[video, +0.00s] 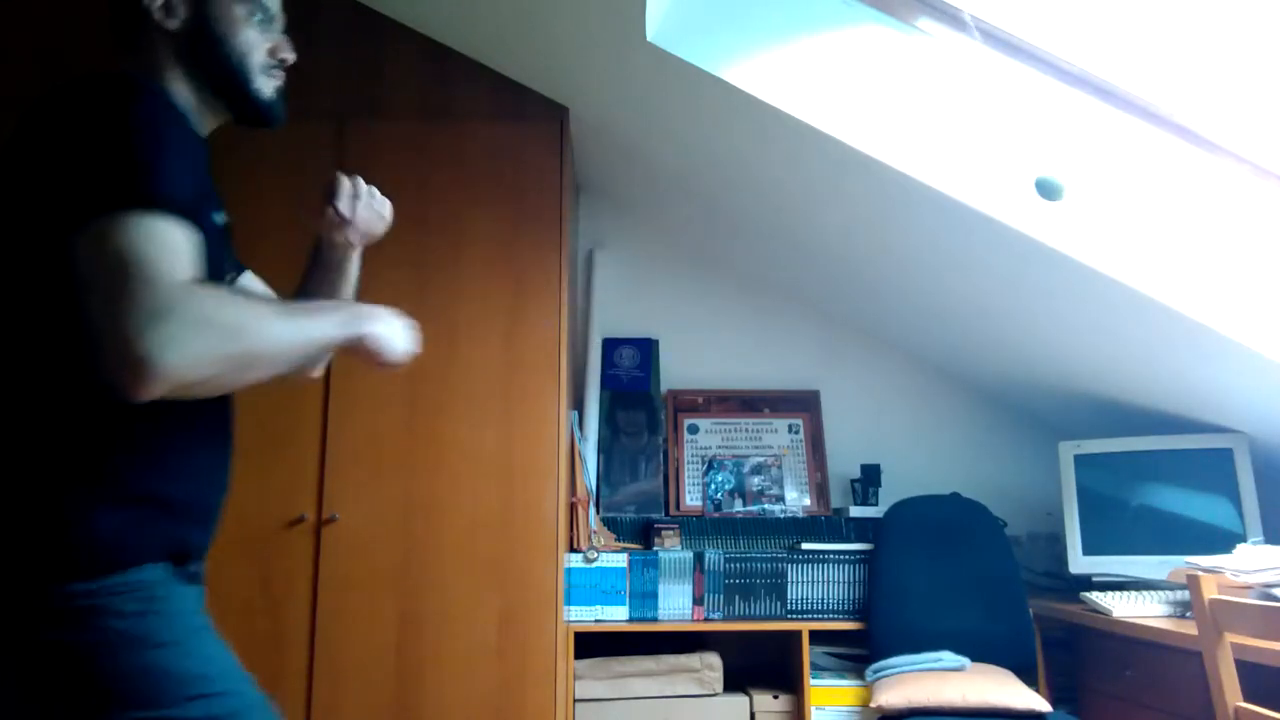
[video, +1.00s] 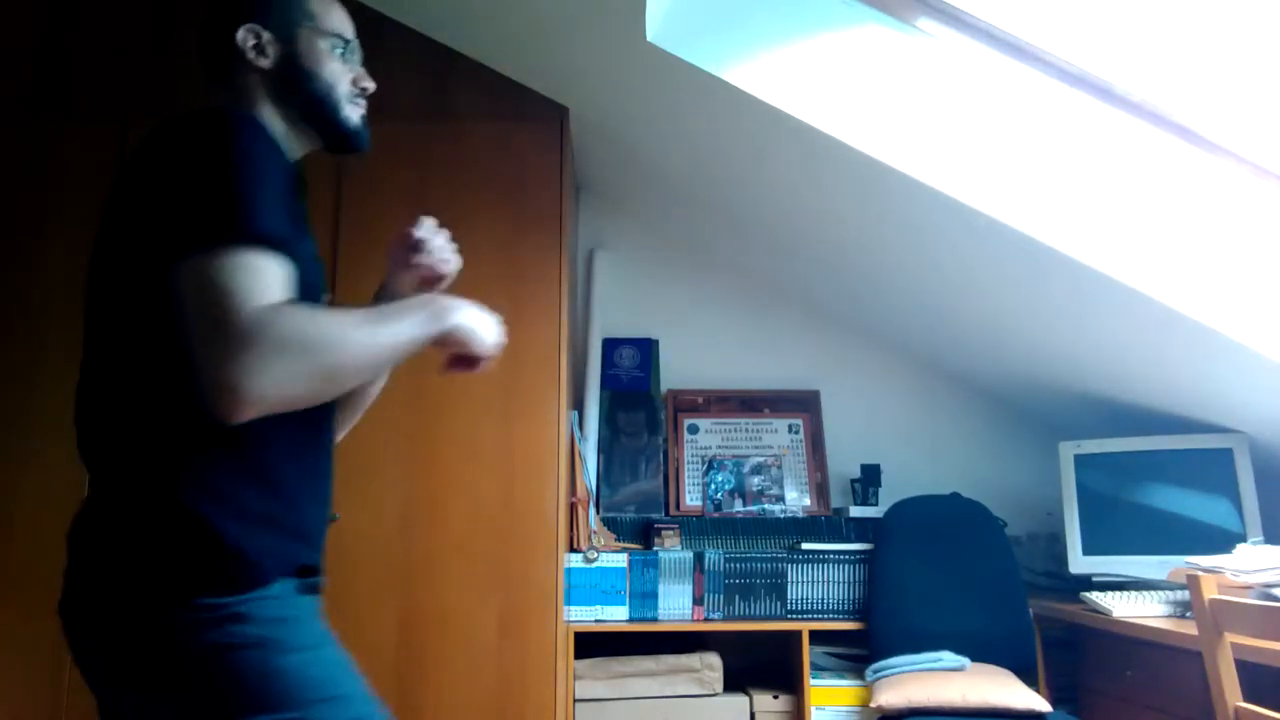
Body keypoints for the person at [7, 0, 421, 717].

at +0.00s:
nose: (287, 50)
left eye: (283, 26)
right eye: (260, 17)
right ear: (171, 10)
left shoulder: (165, 146)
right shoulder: (132, 123)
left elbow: (299, 353)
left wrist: (340, 246)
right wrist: (355, 319)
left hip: (138, 574)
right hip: (105, 579)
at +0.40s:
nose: (277, 59)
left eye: (272, 38)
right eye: (246, 25)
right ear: (153, 20)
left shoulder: (212, 211)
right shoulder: (85, 151)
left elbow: (373, 368)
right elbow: (123, 366)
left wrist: (368, 223)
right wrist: (311, 247)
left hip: (216, 615)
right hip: (147, 621)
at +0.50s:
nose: (312, 58)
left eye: (304, 34)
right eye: (281, 25)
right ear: (190, 19)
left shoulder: (221, 177)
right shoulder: (151, 150)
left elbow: (376, 376)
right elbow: (270, 349)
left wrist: (380, 232)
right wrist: (431, 239)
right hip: (210, 610)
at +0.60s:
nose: (357, 47)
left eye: (350, 24)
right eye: (331, 17)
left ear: (241, 25)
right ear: (245, 16)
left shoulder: (179, 126)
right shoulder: (262, 104)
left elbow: (335, 392)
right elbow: (479, 272)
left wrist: (386, 238)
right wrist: (631, 208)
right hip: (261, 595)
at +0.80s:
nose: (402, 74)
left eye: (395, 47)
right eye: (380, 37)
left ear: (294, 33)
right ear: (298, 26)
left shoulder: (162, 160)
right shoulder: (324, 125)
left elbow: (314, 352)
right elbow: (482, 299)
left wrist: (419, 254)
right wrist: (619, 269)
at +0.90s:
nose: (389, 75)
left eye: (380, 52)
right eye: (362, 43)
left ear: (283, 42)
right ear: (280, 38)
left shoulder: (186, 160)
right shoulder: (290, 133)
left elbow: (250, 356)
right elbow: (351, 340)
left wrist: (399, 288)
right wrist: (520, 301)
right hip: (274, 604)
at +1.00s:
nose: (366, 77)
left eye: (359, 55)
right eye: (339, 46)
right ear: (258, 47)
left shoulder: (253, 171)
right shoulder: (225, 147)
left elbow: (312, 423)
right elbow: (245, 368)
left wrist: (396, 304)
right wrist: (436, 315)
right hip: (215, 594)